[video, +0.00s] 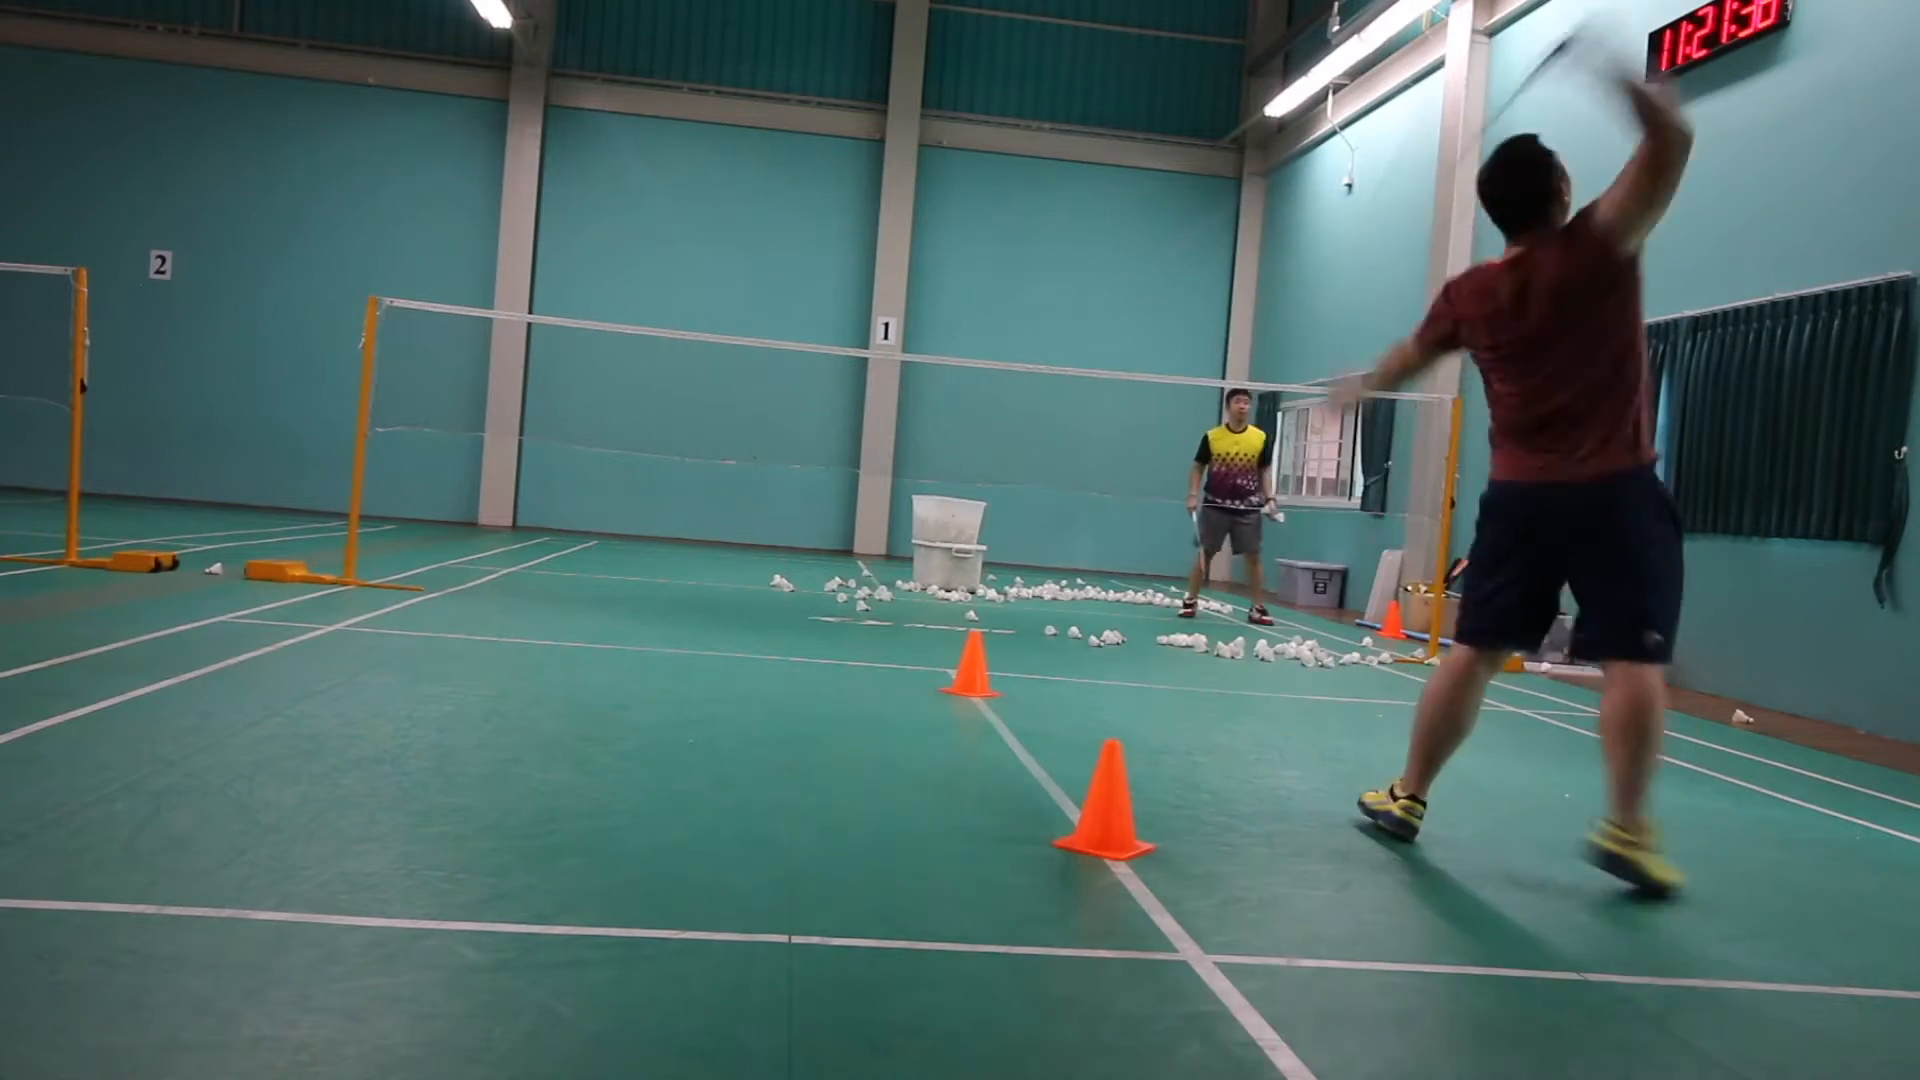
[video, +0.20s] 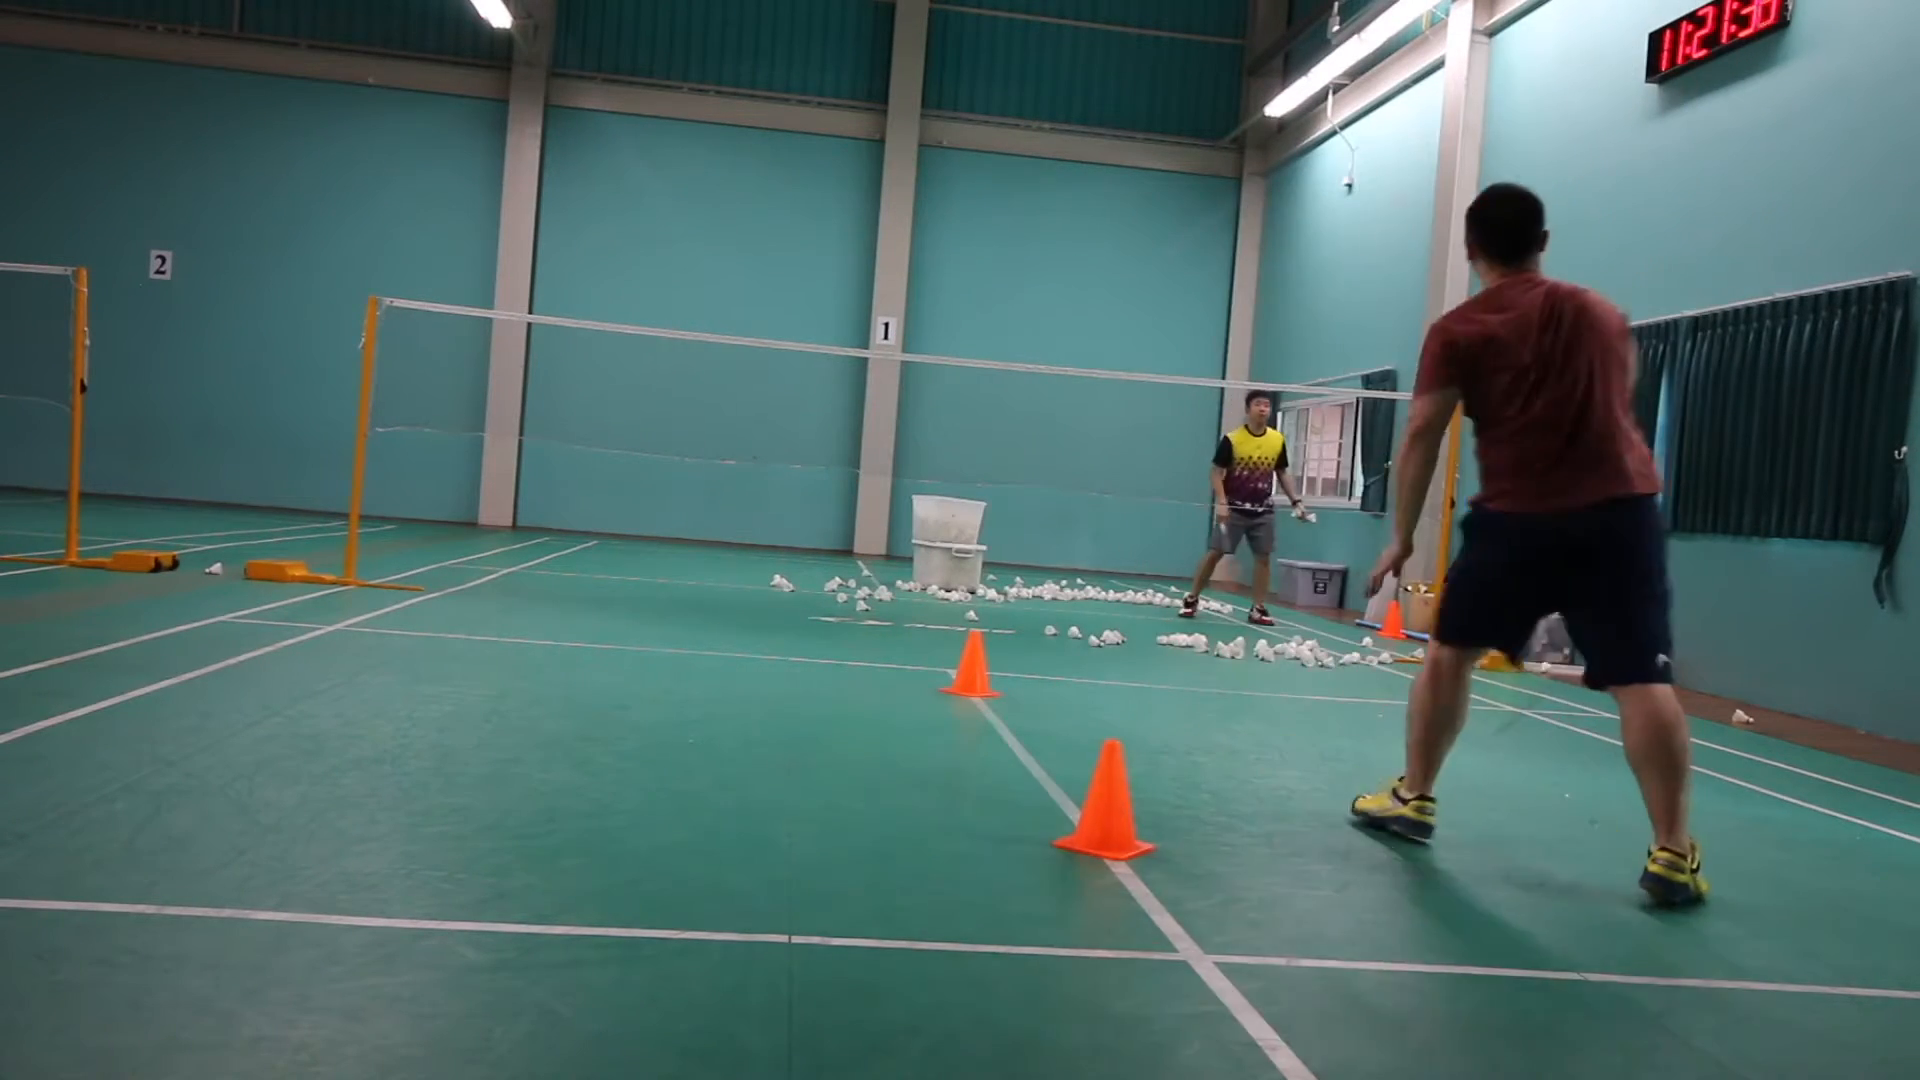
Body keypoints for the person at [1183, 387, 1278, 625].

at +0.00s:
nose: (1242, 407)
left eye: (1246, 403)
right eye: (1238, 402)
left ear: (1250, 408)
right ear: (1228, 406)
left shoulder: (1261, 438)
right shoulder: (1212, 437)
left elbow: (1265, 470)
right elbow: (1198, 467)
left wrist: (1269, 497)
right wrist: (1193, 494)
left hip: (1248, 509)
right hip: (1216, 506)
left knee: (1254, 558)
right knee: (1204, 555)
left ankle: (1258, 607)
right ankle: (1191, 600)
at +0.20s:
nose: (1264, 409)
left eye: (1267, 405)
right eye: (1258, 405)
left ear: (1270, 411)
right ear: (1248, 409)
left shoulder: (1277, 440)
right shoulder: (1231, 440)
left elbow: (1283, 472)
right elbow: (1217, 472)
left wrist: (1295, 500)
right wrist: (1221, 502)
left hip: (1263, 512)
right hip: (1233, 509)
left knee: (1263, 559)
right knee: (1215, 553)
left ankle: (1258, 607)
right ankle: (1192, 598)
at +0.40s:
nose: (1266, 417)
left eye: (1270, 413)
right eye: (1261, 412)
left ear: (1273, 416)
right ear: (1251, 414)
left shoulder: (1276, 442)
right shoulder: (1235, 441)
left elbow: (1281, 473)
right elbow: (1215, 465)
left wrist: (1294, 498)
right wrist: (1236, 477)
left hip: (1259, 510)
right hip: (1229, 507)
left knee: (1261, 559)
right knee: (1214, 553)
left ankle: (1259, 607)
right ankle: (1194, 600)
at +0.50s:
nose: (1253, 422)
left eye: (1257, 418)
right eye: (1249, 416)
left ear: (1264, 422)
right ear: (1243, 416)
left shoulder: (1263, 444)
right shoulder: (1230, 440)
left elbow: (1267, 472)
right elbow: (1211, 460)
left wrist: (1279, 496)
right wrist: (1230, 459)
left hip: (1247, 507)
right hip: (1219, 505)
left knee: (1259, 555)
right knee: (1211, 554)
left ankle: (1251, 609)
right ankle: (1196, 601)